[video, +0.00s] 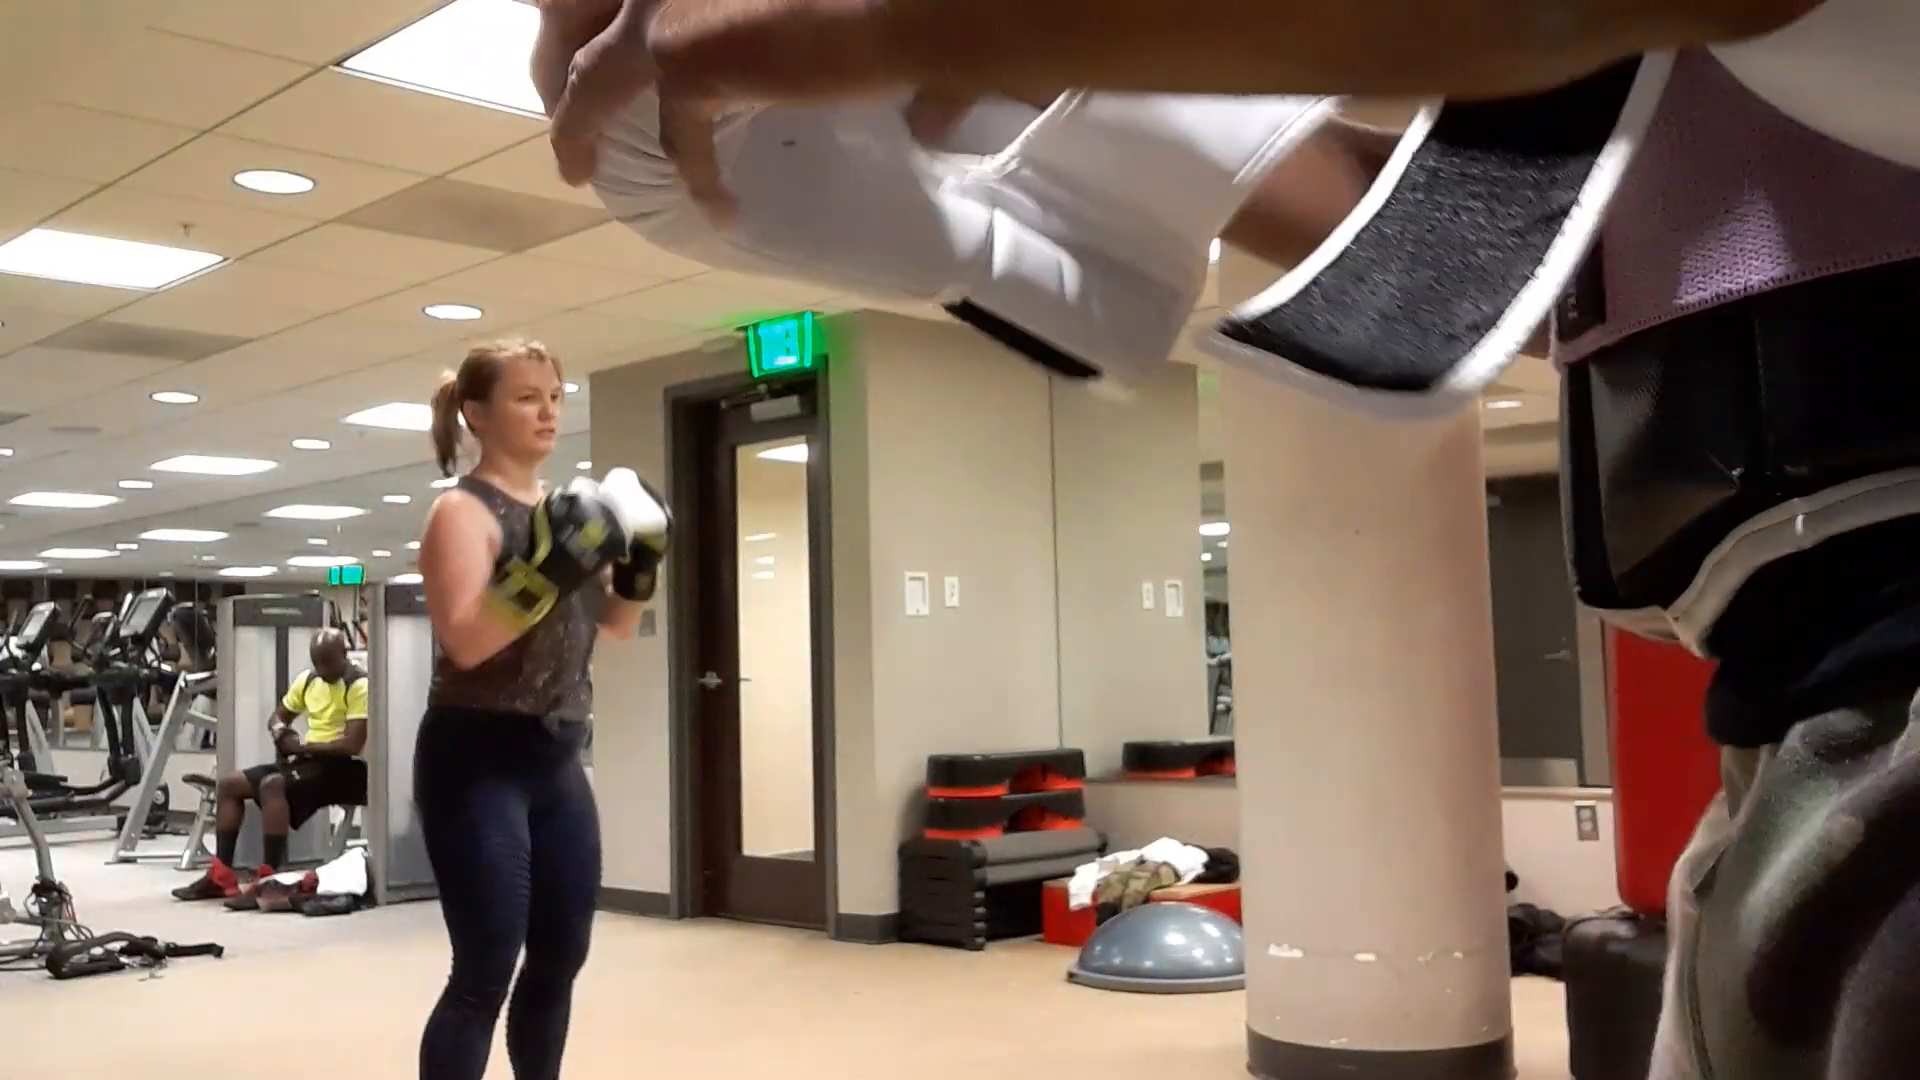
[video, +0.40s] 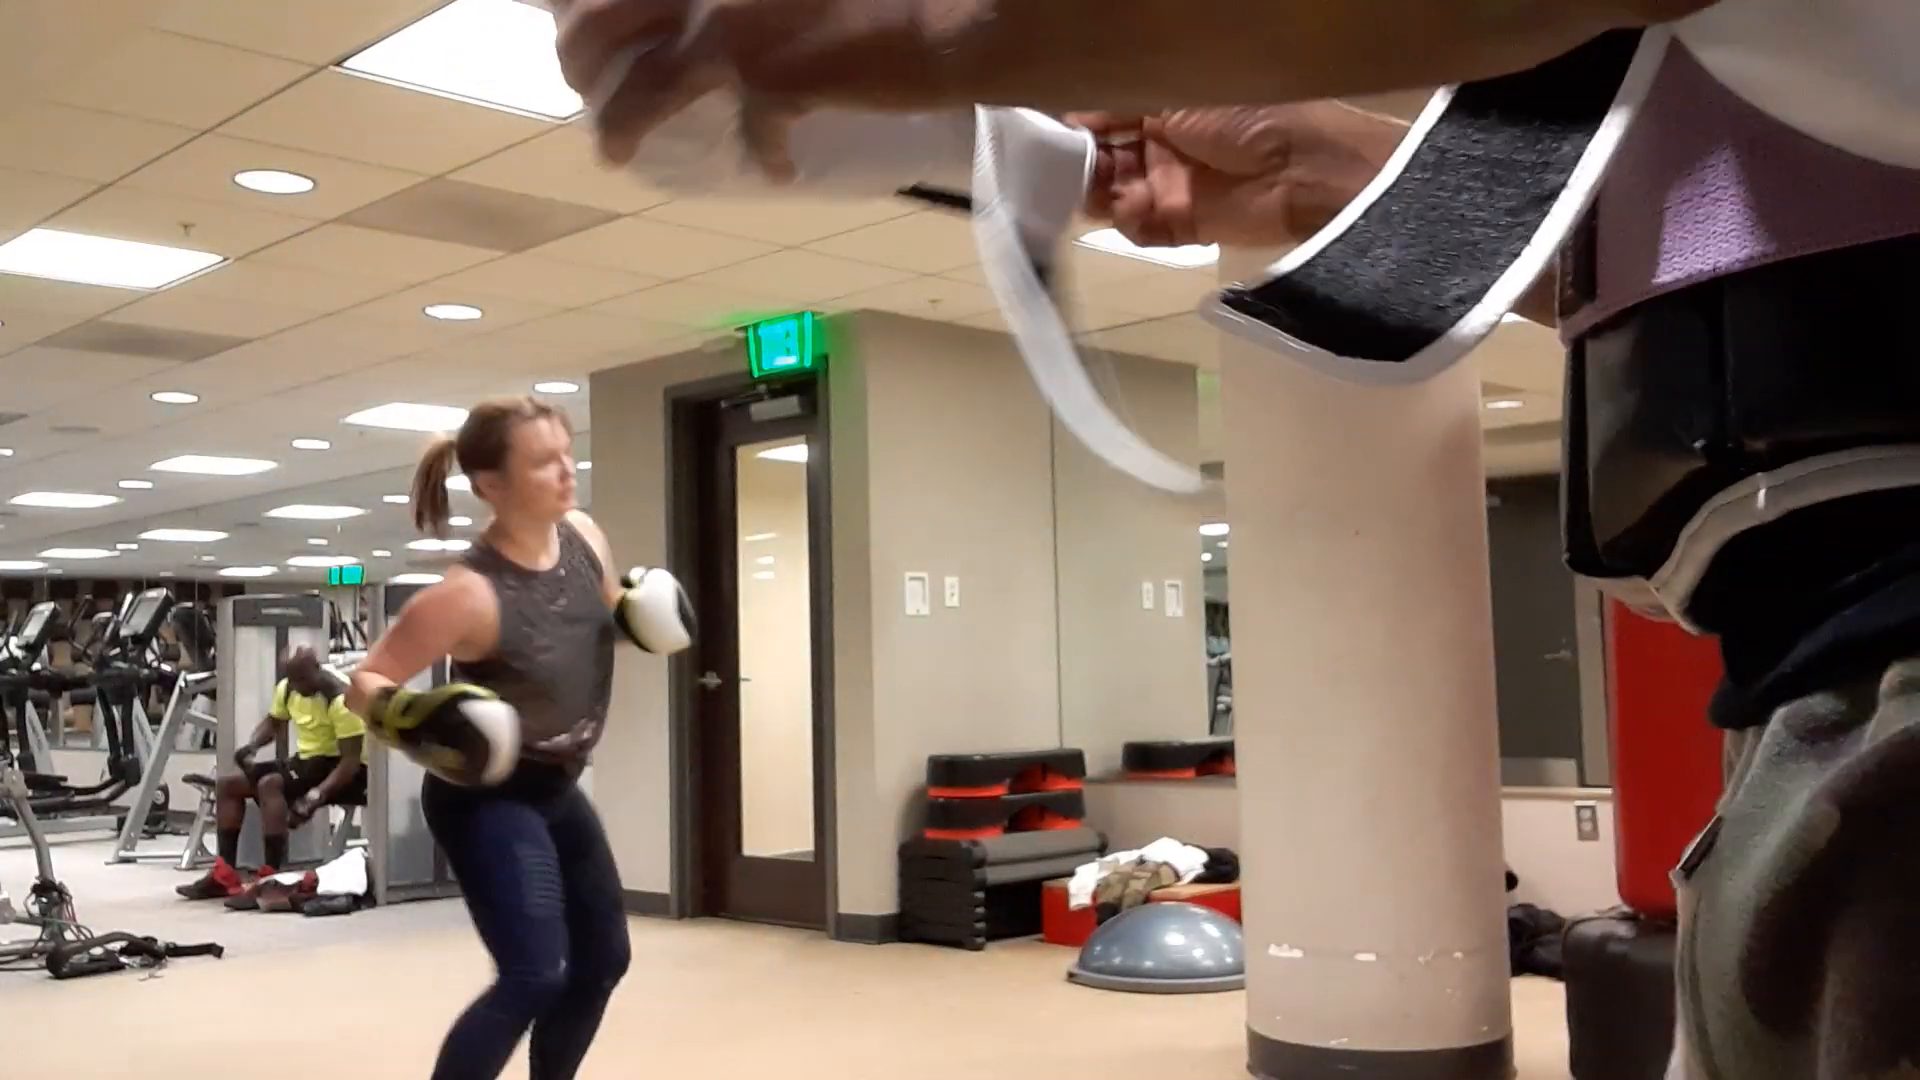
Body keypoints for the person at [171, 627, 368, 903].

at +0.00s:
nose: (321, 670)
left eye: (327, 663)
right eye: (317, 663)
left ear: (344, 655)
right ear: (312, 658)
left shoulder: (360, 685)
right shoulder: (308, 680)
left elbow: (352, 744)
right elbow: (278, 718)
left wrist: (302, 747)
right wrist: (281, 733)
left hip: (343, 769)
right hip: (309, 764)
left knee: (273, 786)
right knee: (229, 786)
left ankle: (269, 881)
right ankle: (221, 875)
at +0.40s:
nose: (294, 687)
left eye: (299, 680)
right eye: (291, 681)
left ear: (315, 674)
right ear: (289, 677)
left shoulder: (341, 700)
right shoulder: (287, 689)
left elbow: (351, 762)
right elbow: (274, 722)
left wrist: (314, 798)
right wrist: (252, 745)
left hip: (335, 769)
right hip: (305, 765)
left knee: (270, 784)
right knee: (228, 785)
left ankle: (270, 880)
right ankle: (225, 874)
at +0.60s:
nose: (253, 716)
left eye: (255, 711)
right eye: (250, 712)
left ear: (266, 701)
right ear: (253, 704)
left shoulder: (306, 718)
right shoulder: (258, 703)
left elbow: (316, 777)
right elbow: (224, 739)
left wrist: (293, 824)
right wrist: (205, 773)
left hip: (342, 766)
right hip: (294, 765)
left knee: (271, 787)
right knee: (226, 788)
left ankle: (272, 880)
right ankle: (233, 873)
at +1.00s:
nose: (212, 709)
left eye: (213, 702)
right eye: (206, 705)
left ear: (225, 685)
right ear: (199, 698)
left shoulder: (265, 701)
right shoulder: (206, 695)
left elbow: (287, 762)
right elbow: (197, 737)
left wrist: (282, 821)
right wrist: (187, 777)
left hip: (315, 728)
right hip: (273, 731)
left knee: (259, 792)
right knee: (214, 792)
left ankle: (272, 882)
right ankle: (232, 873)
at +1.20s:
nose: (212, 670)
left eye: (215, 664)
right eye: (206, 665)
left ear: (227, 651)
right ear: (200, 659)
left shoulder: (267, 669)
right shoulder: (200, 662)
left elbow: (303, 723)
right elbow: (199, 703)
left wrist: (295, 785)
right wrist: (202, 748)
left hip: (298, 714)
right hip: (257, 719)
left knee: (262, 789)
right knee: (221, 790)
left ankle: (270, 879)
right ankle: (234, 872)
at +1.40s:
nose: (230, 622)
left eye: (235, 613)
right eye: (225, 615)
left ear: (250, 606)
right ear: (218, 611)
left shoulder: (278, 636)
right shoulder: (207, 629)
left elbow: (318, 689)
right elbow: (198, 671)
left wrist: (300, 741)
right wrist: (206, 713)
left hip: (282, 712)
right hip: (241, 712)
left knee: (258, 786)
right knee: (225, 787)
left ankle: (269, 878)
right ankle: (231, 871)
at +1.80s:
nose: (265, 583)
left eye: (272, 577)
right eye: (262, 574)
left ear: (282, 580)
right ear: (251, 570)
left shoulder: (290, 609)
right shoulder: (214, 597)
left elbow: (315, 658)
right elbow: (189, 644)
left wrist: (284, 691)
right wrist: (206, 681)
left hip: (266, 709)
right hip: (217, 705)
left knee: (265, 792)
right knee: (191, 784)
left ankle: (270, 880)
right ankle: (191, 869)